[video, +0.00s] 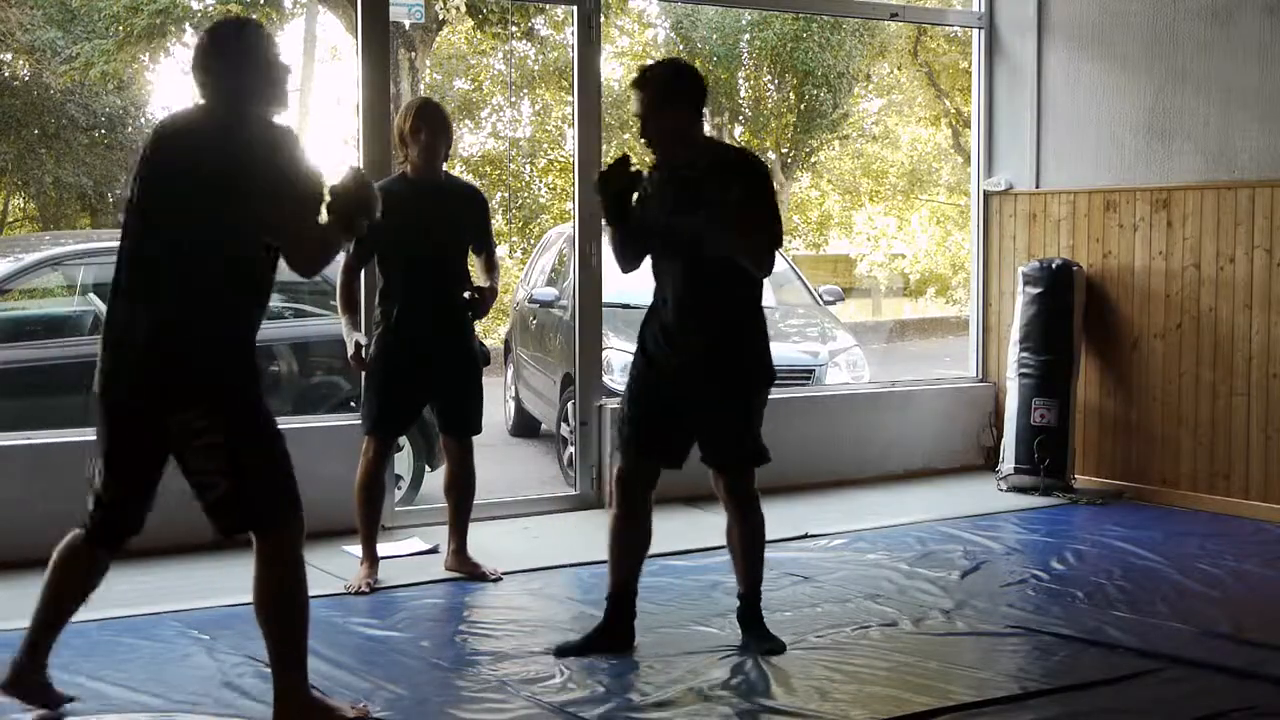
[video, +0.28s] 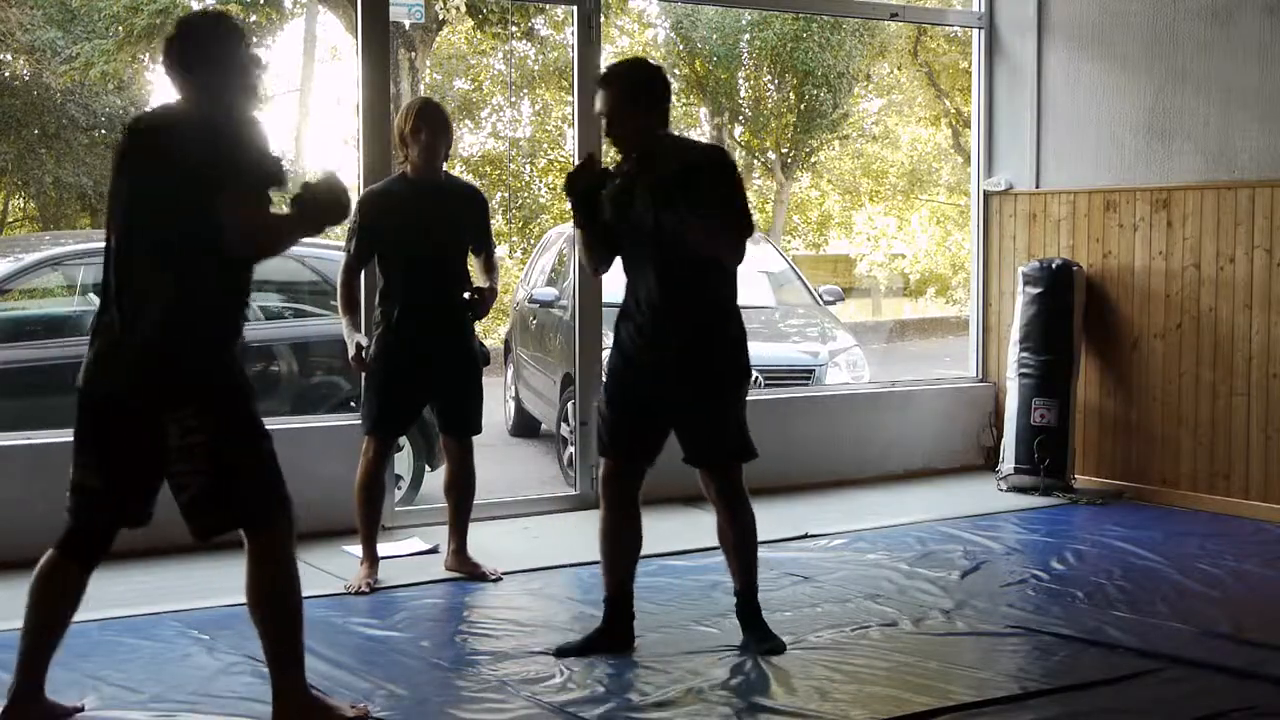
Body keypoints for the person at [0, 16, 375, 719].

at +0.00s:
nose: (287, 72)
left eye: (281, 60)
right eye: (276, 62)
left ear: (209, 72)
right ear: (250, 72)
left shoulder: (168, 136)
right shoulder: (268, 146)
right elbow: (308, 258)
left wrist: (323, 212)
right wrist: (348, 210)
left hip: (131, 366)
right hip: (211, 371)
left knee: (108, 523)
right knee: (279, 526)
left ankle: (28, 664)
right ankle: (293, 696)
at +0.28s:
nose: (258, 70)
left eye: (253, 56)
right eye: (248, 58)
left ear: (180, 69)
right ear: (221, 68)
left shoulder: (141, 132)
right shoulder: (230, 132)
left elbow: (140, 241)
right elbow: (243, 240)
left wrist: (267, 202)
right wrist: (308, 217)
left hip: (118, 370)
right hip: (198, 372)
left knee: (83, 537)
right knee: (270, 527)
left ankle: (24, 696)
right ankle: (292, 695)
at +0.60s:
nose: (238, 75)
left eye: (234, 62)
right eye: (230, 62)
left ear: (157, 67)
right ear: (211, 65)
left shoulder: (115, 128)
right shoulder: (210, 126)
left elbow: (115, 241)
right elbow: (242, 242)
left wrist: (255, 207)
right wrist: (291, 208)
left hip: (101, 369)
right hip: (182, 371)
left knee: (64, 539)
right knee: (251, 532)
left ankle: (20, 696)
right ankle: (291, 696)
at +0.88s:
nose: (249, 83)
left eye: (245, 69)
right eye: (242, 69)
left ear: (170, 73)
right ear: (218, 74)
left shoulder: (129, 130)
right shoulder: (212, 137)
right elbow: (233, 247)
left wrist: (234, 145)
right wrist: (294, 224)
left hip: (104, 372)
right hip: (183, 372)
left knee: (68, 543)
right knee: (285, 510)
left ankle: (19, 696)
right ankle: (295, 683)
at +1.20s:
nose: (310, 80)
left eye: (308, 67)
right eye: (304, 67)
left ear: (239, 72)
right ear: (285, 71)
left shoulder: (204, 134)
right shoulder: (309, 133)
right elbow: (386, 142)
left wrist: (307, 84)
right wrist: (380, 62)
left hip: (222, 355)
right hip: (297, 353)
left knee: (232, 511)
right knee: (353, 505)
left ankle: (212, 549)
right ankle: (326, 680)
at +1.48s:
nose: (350, 100)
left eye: (349, 89)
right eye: (347, 86)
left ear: (280, 78)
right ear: (334, 84)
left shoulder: (231, 138)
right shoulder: (353, 147)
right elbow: (405, 230)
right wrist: (481, 199)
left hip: (299, 352)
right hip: (372, 330)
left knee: (356, 530)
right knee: (500, 311)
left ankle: (356, 680)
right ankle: (610, 390)